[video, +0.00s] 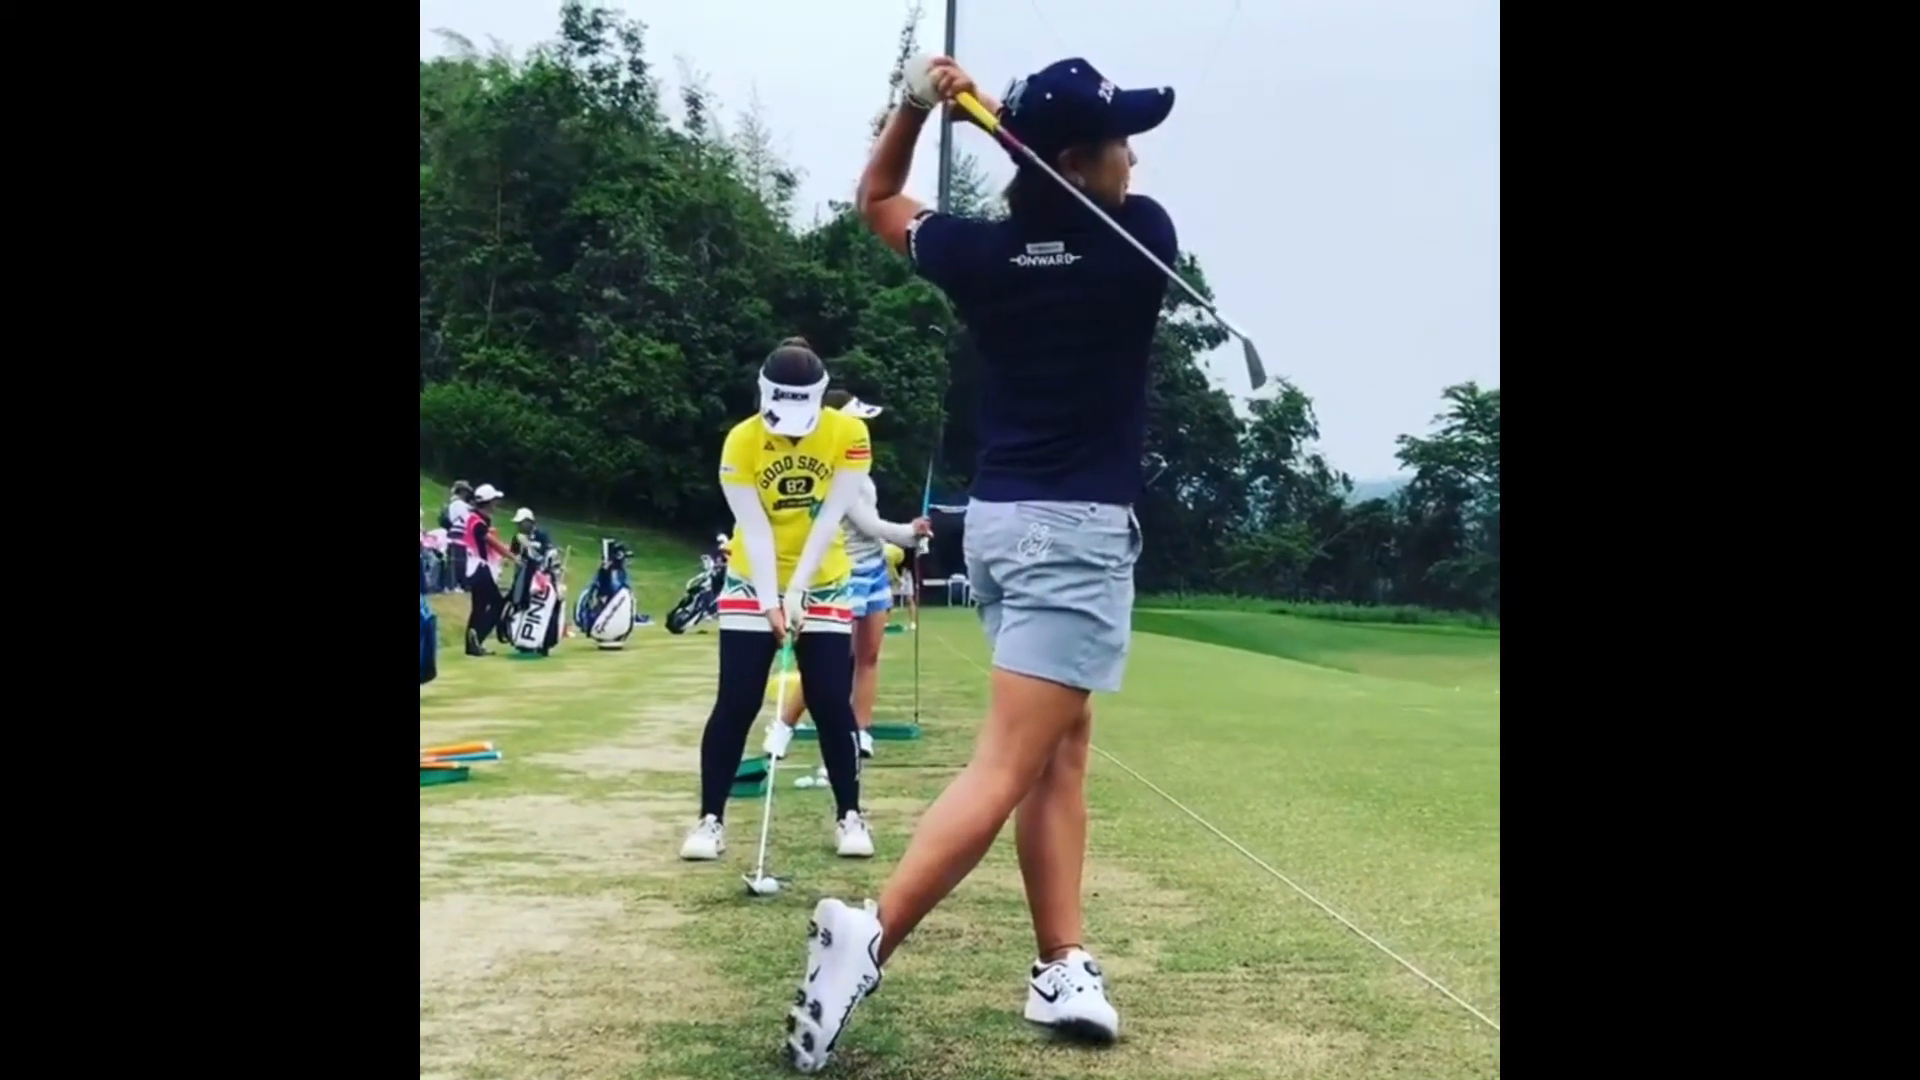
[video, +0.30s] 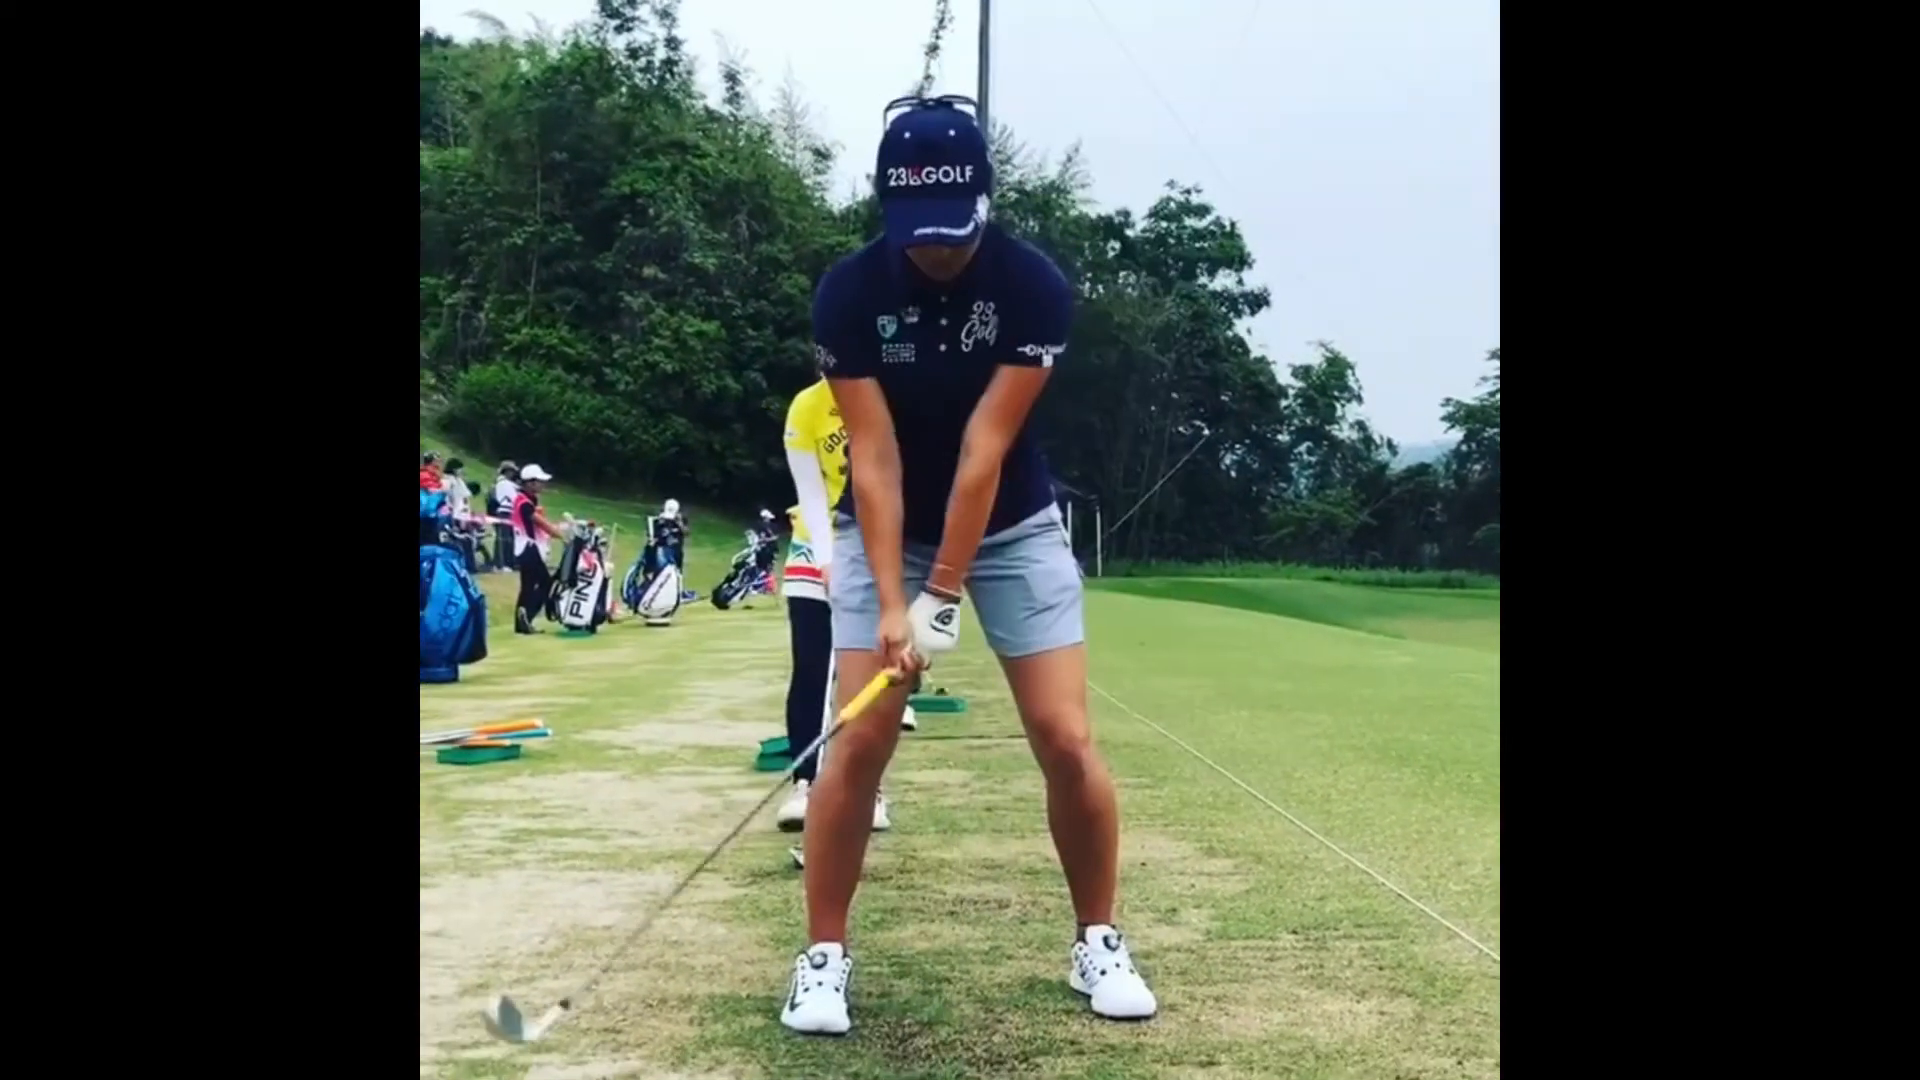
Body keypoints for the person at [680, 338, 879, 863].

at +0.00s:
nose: (789, 423)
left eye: (799, 413)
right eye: (780, 411)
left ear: (819, 396)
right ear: (764, 395)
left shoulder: (848, 433)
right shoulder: (741, 443)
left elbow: (833, 513)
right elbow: (754, 529)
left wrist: (797, 587)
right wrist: (768, 597)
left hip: (824, 585)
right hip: (751, 582)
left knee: (831, 701)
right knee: (736, 701)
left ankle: (850, 816)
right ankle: (710, 819)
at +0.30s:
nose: (845, 362)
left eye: (855, 354)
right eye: (839, 352)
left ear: (877, 352)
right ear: (829, 352)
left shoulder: (890, 401)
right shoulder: (809, 405)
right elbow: (810, 493)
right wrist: (827, 560)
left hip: (872, 556)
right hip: (814, 555)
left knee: (867, 679)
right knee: (812, 672)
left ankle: (869, 784)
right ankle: (807, 778)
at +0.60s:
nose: (839, 379)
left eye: (847, 364)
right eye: (826, 363)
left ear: (868, 359)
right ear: (813, 361)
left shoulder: (886, 404)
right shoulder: (791, 413)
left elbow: (896, 486)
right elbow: (797, 502)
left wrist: (869, 561)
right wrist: (813, 571)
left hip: (871, 558)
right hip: (804, 561)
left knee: (879, 691)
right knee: (791, 684)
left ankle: (876, 792)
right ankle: (769, 797)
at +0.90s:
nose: (820, 402)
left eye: (831, 392)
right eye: (809, 392)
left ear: (848, 374)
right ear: (792, 375)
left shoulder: (877, 409)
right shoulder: (772, 422)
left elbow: (877, 494)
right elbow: (782, 508)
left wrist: (839, 566)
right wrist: (801, 574)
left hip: (856, 562)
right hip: (787, 562)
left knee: (868, 691)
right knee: (782, 688)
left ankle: (884, 791)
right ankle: (764, 805)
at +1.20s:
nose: (829, 404)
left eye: (840, 393)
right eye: (819, 392)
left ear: (860, 377)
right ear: (804, 376)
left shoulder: (893, 418)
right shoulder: (783, 429)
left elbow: (882, 504)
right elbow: (791, 515)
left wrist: (843, 569)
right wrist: (801, 578)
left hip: (868, 571)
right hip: (795, 568)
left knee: (869, 699)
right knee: (777, 688)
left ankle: (881, 813)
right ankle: (749, 806)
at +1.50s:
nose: (801, 411)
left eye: (811, 400)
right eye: (791, 399)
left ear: (830, 384)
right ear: (775, 384)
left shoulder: (859, 420)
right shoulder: (751, 434)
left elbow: (851, 504)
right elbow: (763, 521)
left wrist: (813, 577)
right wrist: (774, 586)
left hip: (839, 576)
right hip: (765, 575)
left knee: (846, 696)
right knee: (752, 695)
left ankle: (863, 808)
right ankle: (728, 812)